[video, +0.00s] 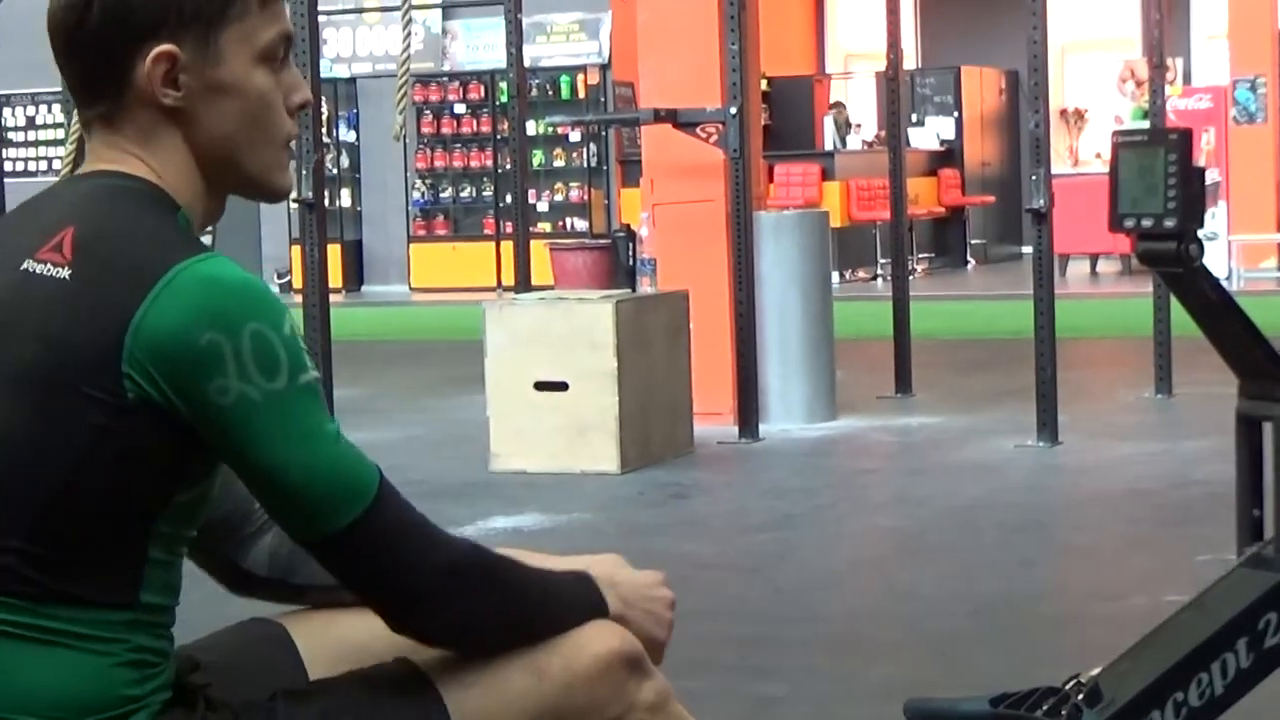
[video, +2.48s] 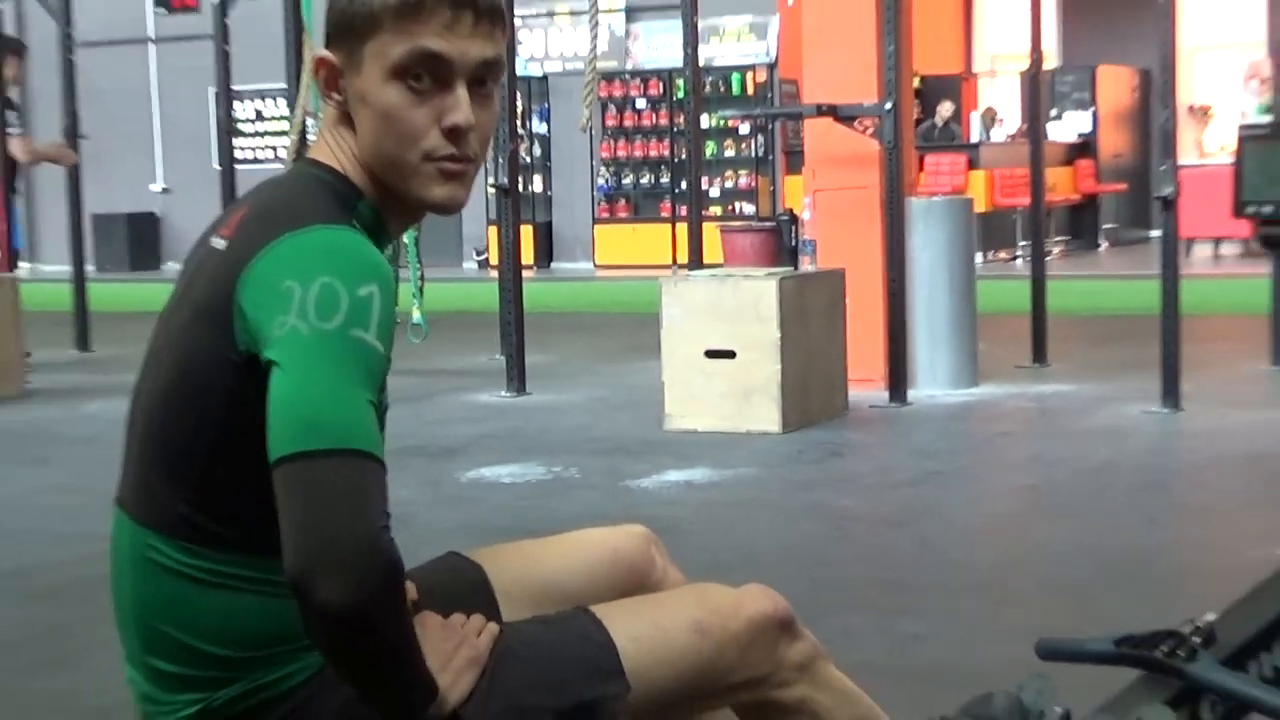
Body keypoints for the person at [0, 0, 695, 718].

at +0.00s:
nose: (303, 93)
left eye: (293, 59)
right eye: (276, 59)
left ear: (164, 85)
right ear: (169, 80)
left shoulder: (44, 234)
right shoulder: (198, 295)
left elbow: (256, 555)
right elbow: (428, 585)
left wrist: (517, 576)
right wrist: (600, 592)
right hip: (124, 703)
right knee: (602, 665)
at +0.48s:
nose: (296, 131)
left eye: (313, 97)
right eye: (249, 92)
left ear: (332, 109)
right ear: (146, 105)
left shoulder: (109, 254)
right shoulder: (148, 296)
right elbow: (119, 625)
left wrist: (217, 626)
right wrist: (264, 701)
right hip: (79, 701)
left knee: (468, 647)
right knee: (611, 702)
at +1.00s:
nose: (268, 151)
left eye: (287, 109)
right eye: (218, 109)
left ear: (308, 117)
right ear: (122, 125)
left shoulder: (83, 273)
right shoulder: (135, 325)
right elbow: (180, 685)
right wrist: (263, 708)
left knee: (514, 661)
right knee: (665, 711)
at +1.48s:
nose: (401, 149)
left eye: (426, 112)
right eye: (357, 105)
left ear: (447, 121)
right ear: (262, 107)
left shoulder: (231, 254)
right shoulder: (263, 296)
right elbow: (263, 647)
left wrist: (334, 689)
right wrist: (347, 714)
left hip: (189, 684)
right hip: (190, 714)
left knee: (589, 624)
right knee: (731, 691)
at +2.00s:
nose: (429, 86)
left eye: (452, 48)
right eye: (382, 44)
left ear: (474, 61)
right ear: (286, 53)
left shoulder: (269, 203)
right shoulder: (290, 240)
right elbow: (317, 593)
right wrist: (393, 708)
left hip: (230, 661)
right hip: (250, 702)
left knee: (615, 567)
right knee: (767, 646)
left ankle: (723, 706)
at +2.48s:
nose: (464, 120)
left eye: (484, 84)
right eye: (422, 80)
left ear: (504, 93)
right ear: (335, 86)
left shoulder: (314, 227)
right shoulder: (326, 256)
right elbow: (339, 573)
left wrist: (383, 632)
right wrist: (415, 693)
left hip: (278, 645)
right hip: (273, 694)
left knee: (635, 555)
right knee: (757, 628)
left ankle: (726, 702)